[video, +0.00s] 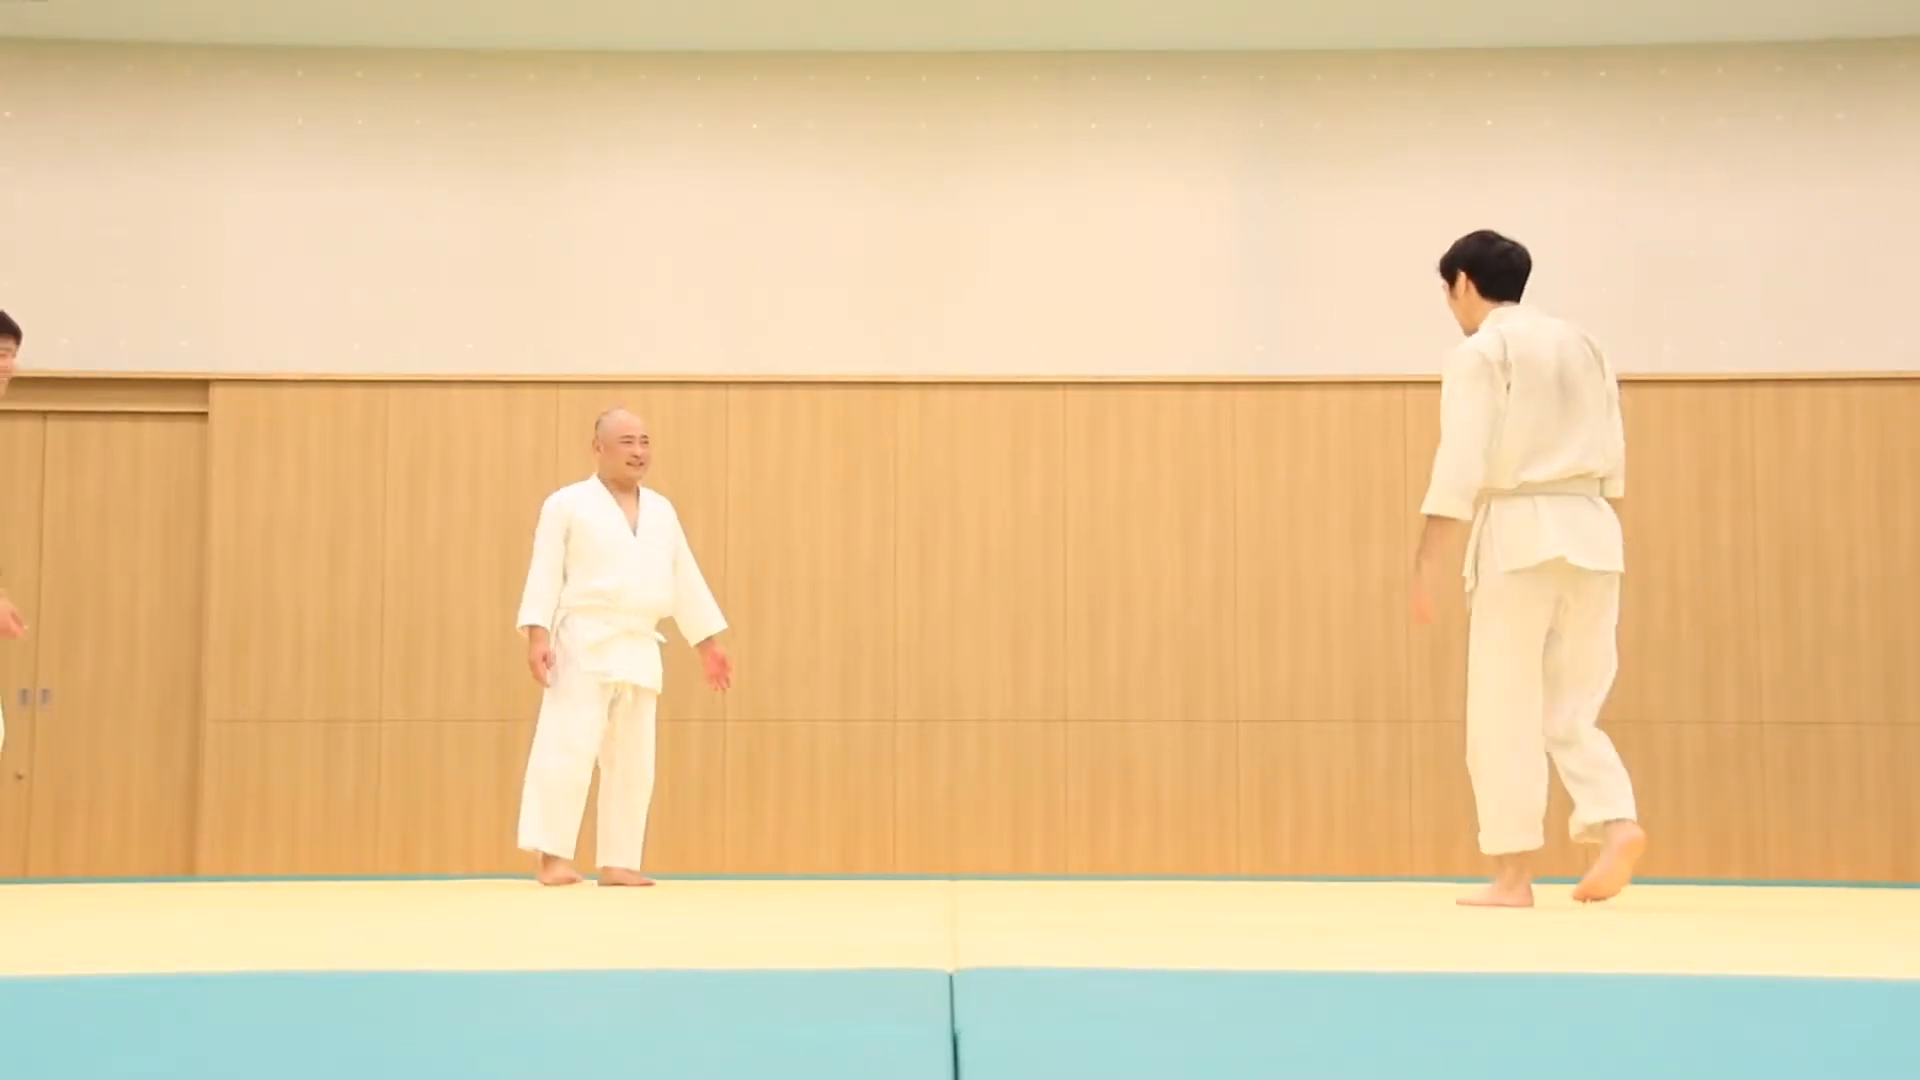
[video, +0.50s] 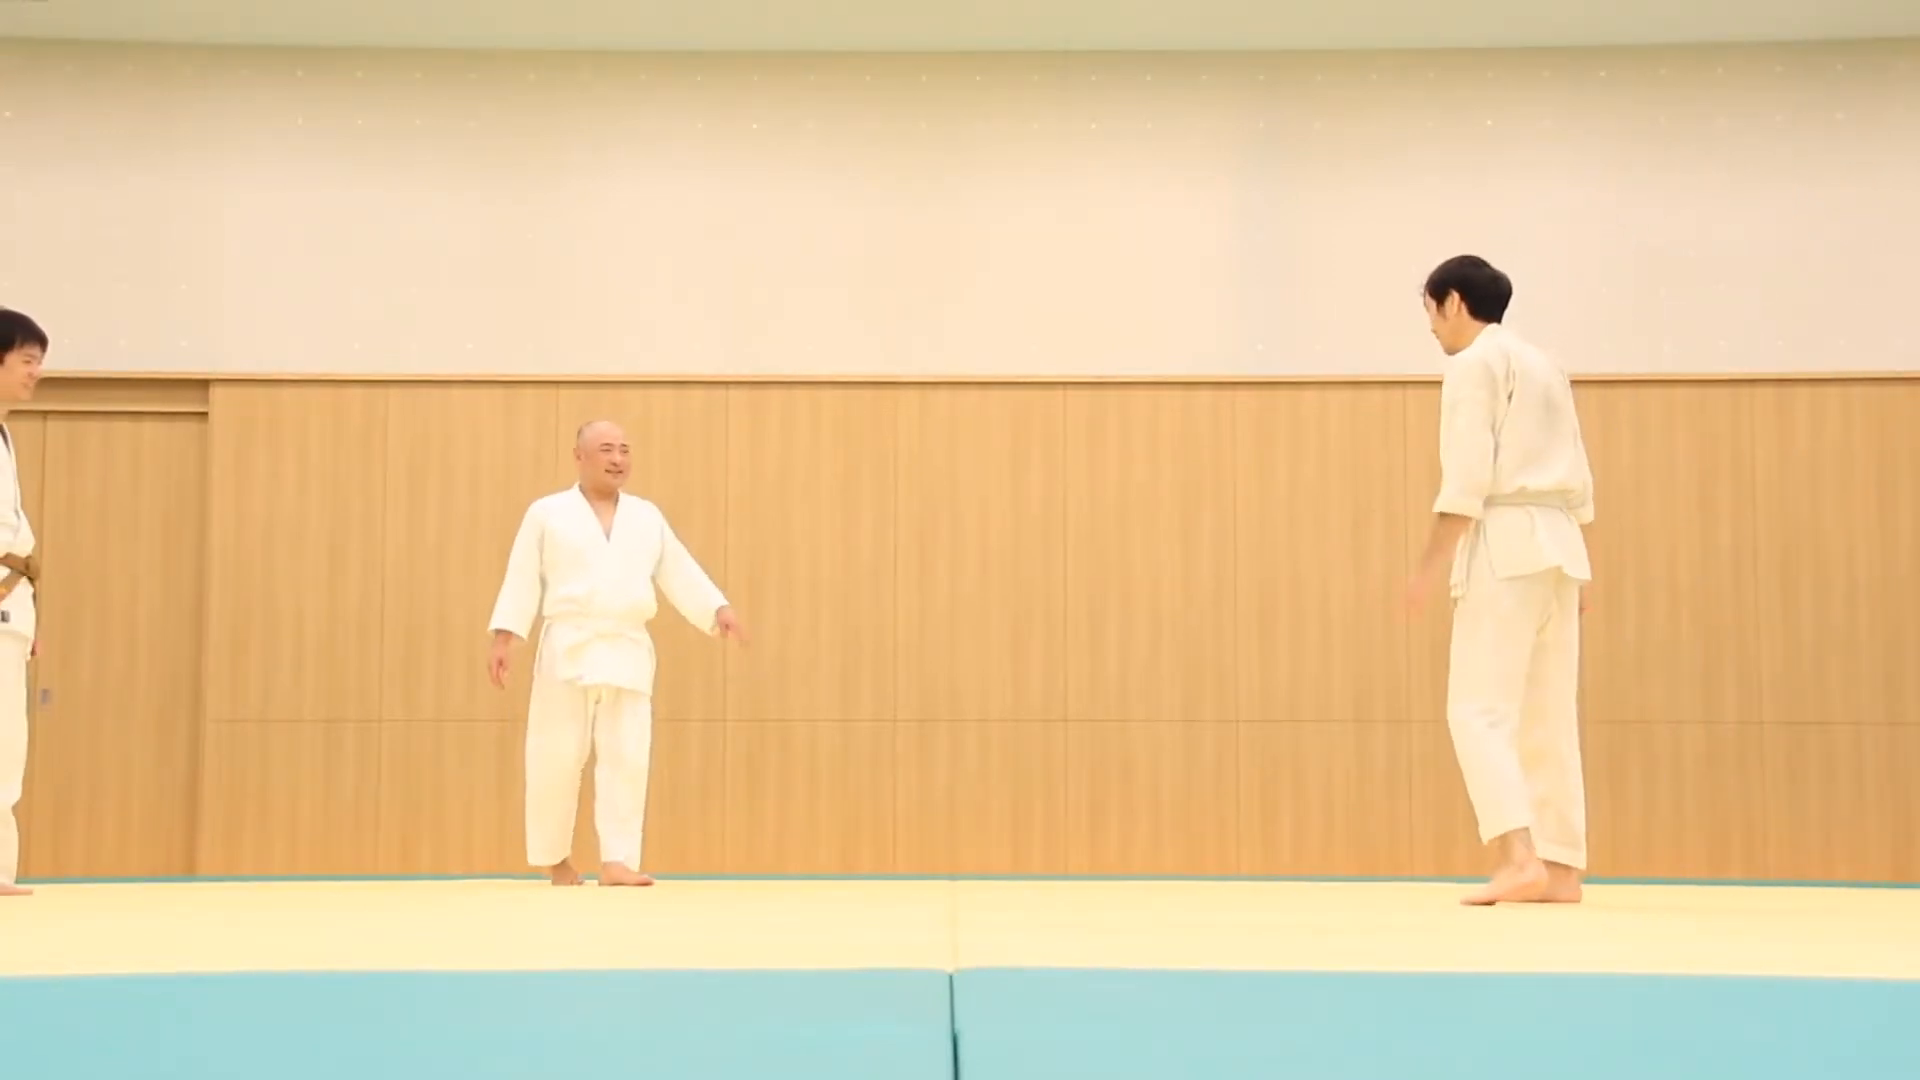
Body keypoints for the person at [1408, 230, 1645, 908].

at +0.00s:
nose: (1450, 306)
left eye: (1450, 291)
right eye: (1449, 292)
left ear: (1468, 285)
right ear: (1515, 284)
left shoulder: (1479, 351)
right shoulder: (1582, 346)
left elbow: (1461, 465)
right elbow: (1611, 460)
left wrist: (1426, 565)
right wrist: (1588, 529)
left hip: (1516, 537)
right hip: (1594, 535)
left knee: (1503, 701)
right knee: (1572, 706)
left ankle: (1511, 878)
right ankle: (1619, 823)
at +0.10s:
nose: (1441, 310)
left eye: (1440, 295)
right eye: (1438, 297)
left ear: (1458, 286)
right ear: (1508, 285)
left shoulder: (1476, 348)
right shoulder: (1572, 345)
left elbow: (1438, 451)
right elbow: (1606, 459)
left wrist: (1390, 548)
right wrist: (1588, 531)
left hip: (1509, 533)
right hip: (1580, 533)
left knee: (1496, 705)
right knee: (1555, 705)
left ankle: (1510, 877)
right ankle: (1601, 837)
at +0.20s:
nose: (1437, 313)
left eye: (1436, 298)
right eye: (1435, 300)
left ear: (1454, 289)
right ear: (1502, 289)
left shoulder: (1471, 353)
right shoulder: (1563, 350)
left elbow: (1423, 453)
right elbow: (1604, 459)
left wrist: (1364, 538)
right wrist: (1609, 546)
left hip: (1504, 535)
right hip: (1570, 535)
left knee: (1496, 700)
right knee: (1560, 699)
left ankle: (1513, 875)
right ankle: (1579, 864)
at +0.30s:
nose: (1436, 322)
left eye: (1435, 306)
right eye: (1434, 308)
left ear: (1453, 296)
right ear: (1499, 297)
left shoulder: (1471, 360)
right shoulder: (1555, 358)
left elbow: (1425, 461)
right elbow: (1595, 464)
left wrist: (1355, 536)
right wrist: (1608, 550)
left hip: (1501, 540)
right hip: (1564, 540)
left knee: (1492, 704)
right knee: (1556, 706)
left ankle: (1514, 873)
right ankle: (1558, 871)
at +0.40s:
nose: (1435, 326)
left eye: (1434, 311)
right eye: (1432, 312)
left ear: (1454, 301)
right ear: (1495, 302)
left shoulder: (1473, 363)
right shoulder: (1550, 363)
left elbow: (1445, 473)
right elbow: (1585, 473)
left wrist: (1375, 547)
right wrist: (1599, 561)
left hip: (1500, 545)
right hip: (1559, 545)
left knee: (1488, 705)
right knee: (1552, 706)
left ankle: (1515, 868)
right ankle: (1559, 871)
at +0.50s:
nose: (1430, 325)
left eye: (1432, 310)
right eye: (1428, 312)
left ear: (1455, 303)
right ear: (1489, 304)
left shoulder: (1472, 363)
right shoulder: (1544, 363)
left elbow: (1467, 478)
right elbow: (1573, 475)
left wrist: (1429, 565)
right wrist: (1580, 565)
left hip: (1505, 547)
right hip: (1559, 547)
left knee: (1476, 707)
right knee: (1550, 710)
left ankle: (1517, 858)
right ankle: (1562, 872)